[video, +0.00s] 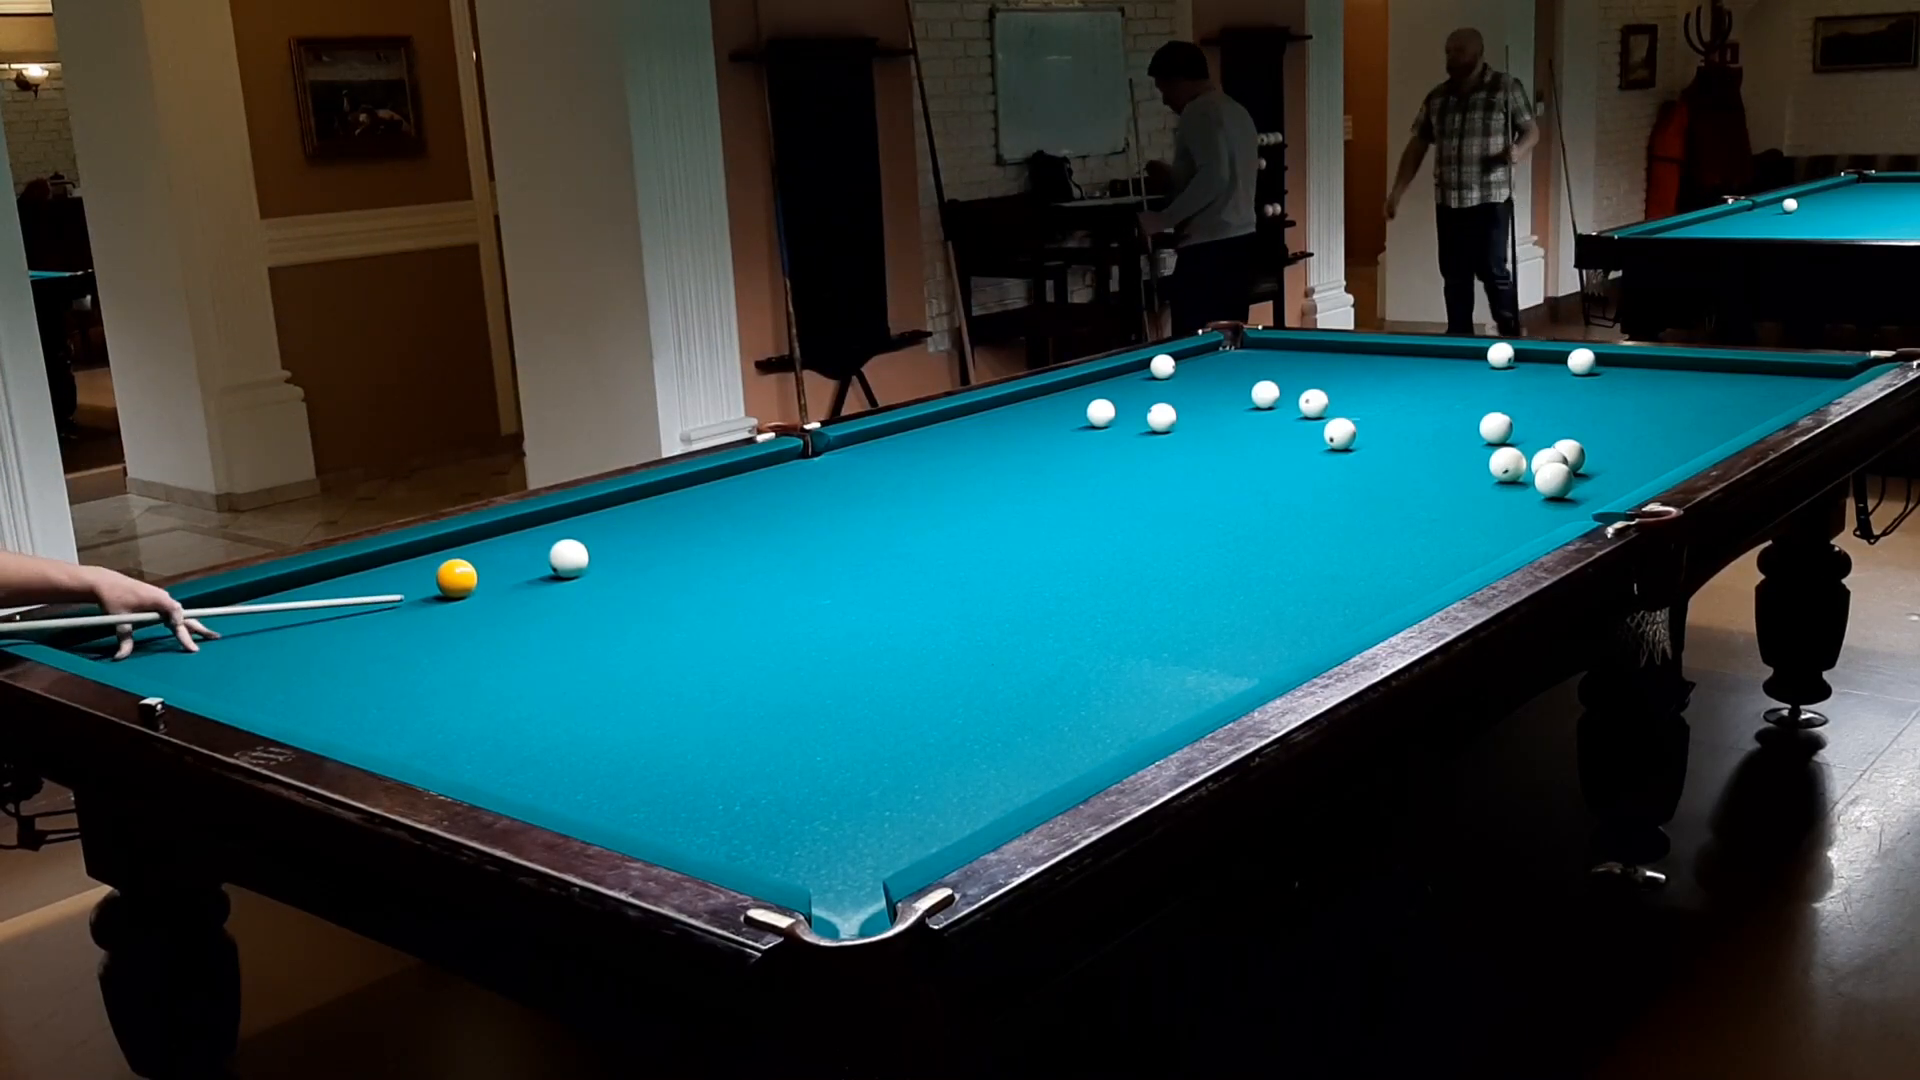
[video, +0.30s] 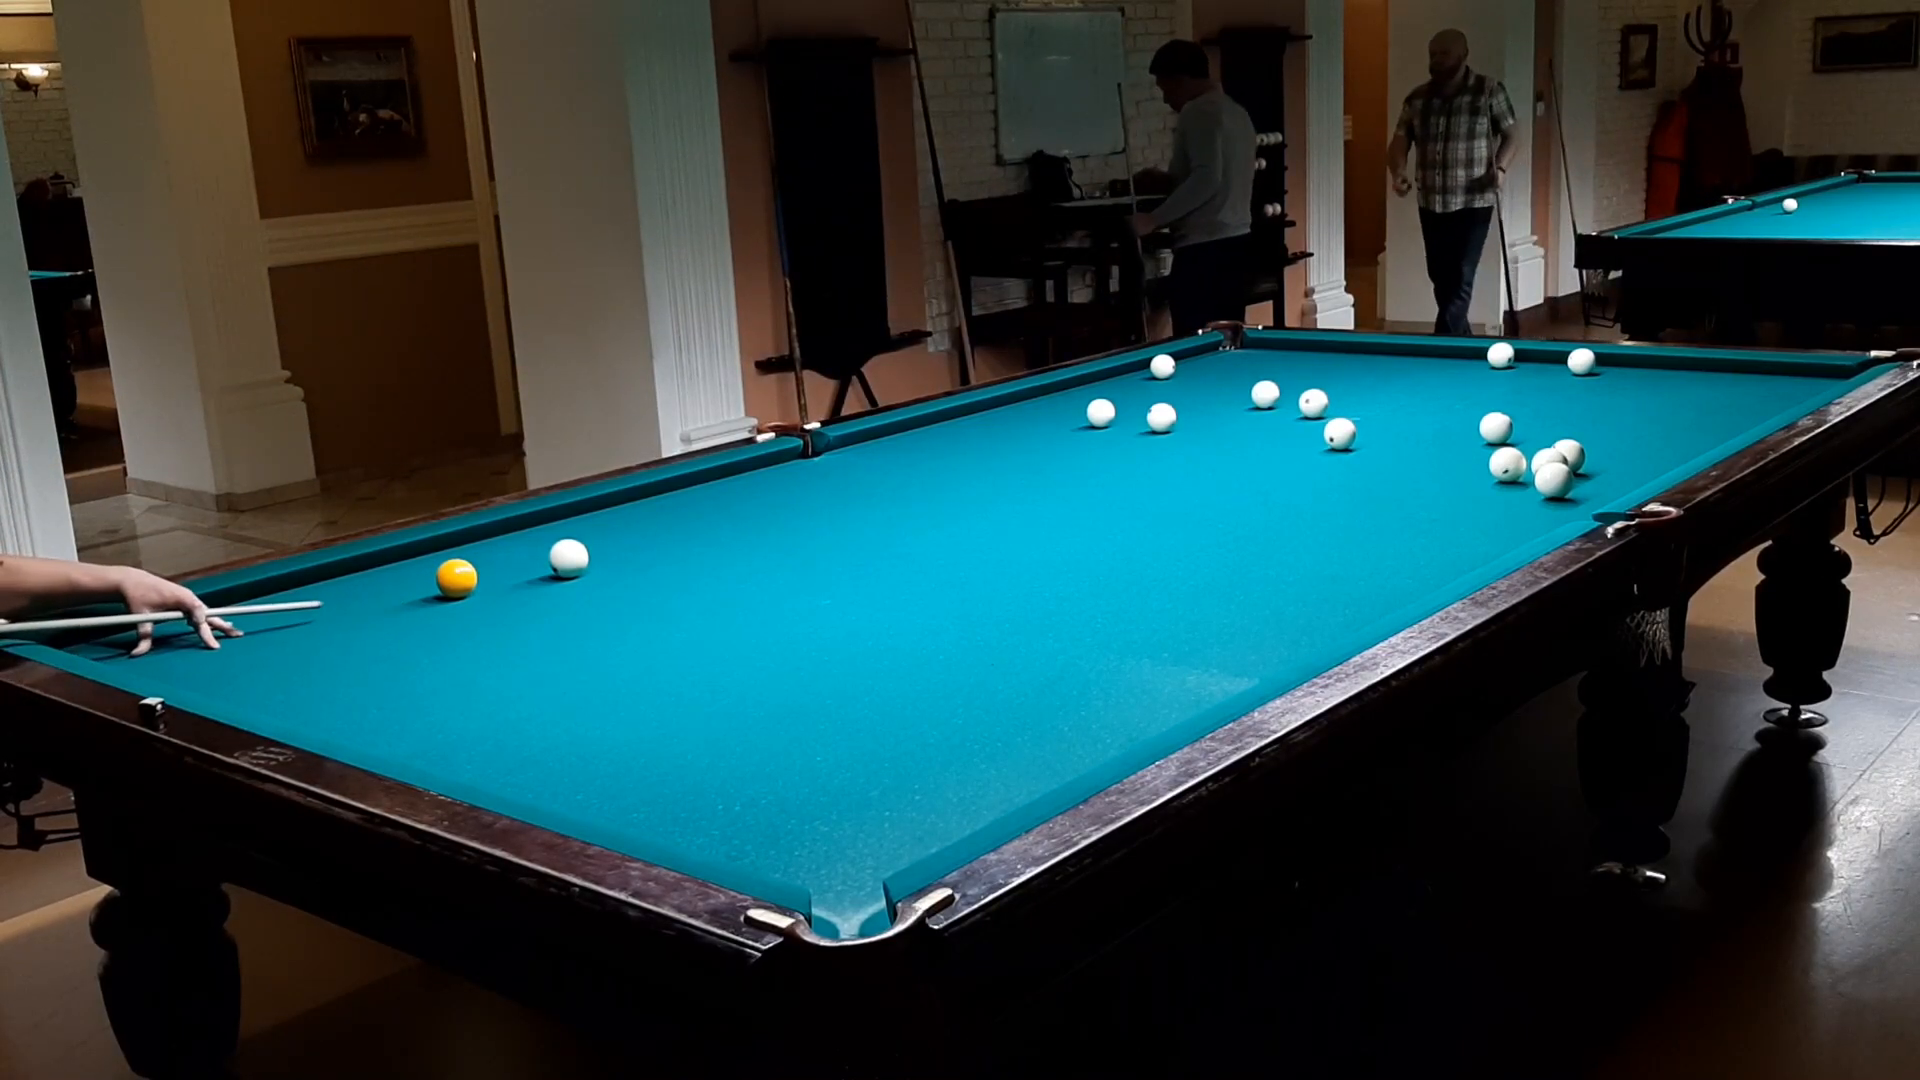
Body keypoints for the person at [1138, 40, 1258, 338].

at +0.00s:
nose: (1163, 99)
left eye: (1163, 88)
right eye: (1160, 89)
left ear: (1178, 80)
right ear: (1199, 74)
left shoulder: (1199, 115)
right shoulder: (1235, 111)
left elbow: (1214, 177)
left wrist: (1163, 219)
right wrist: (1175, 178)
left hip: (1209, 250)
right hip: (1241, 244)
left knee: (1193, 346)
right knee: (1229, 342)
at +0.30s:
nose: (1163, 96)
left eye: (1163, 85)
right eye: (1160, 86)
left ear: (1179, 79)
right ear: (1199, 74)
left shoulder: (1198, 114)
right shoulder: (1235, 112)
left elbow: (1206, 179)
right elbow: (1231, 179)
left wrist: (1153, 219)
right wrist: (1169, 181)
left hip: (1204, 252)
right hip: (1236, 246)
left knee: (1193, 348)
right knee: (1227, 343)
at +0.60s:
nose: (1144, 95)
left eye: (1145, 85)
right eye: (1142, 87)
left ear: (1159, 81)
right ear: (1182, 73)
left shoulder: (1178, 118)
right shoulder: (1222, 113)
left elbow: (1188, 185)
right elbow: (1219, 179)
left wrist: (1147, 233)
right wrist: (1158, 181)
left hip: (1192, 254)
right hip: (1230, 246)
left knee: (1187, 349)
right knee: (1226, 342)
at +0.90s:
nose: (1133, 98)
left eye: (1134, 89)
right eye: (1131, 90)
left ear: (1147, 84)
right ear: (1171, 75)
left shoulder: (1166, 119)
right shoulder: (1210, 110)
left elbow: (1177, 188)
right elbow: (1214, 179)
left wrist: (1142, 240)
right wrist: (1150, 183)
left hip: (1186, 255)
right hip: (1224, 246)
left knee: (1185, 351)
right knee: (1223, 343)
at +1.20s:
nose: (1127, 100)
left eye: (1127, 91)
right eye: (1125, 92)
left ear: (1139, 85)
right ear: (1164, 75)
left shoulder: (1159, 121)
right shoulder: (1206, 110)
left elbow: (1173, 186)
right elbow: (1211, 177)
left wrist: (1142, 242)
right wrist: (1147, 182)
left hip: (1183, 253)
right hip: (1223, 244)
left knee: (1182, 348)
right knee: (1222, 341)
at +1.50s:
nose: (1124, 101)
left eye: (1123, 92)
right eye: (1121, 93)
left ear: (1133, 86)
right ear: (1161, 75)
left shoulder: (1155, 121)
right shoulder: (1203, 109)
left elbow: (1169, 184)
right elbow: (1210, 175)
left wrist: (1140, 242)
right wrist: (1143, 184)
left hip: (1182, 253)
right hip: (1221, 243)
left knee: (1181, 346)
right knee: (1221, 339)